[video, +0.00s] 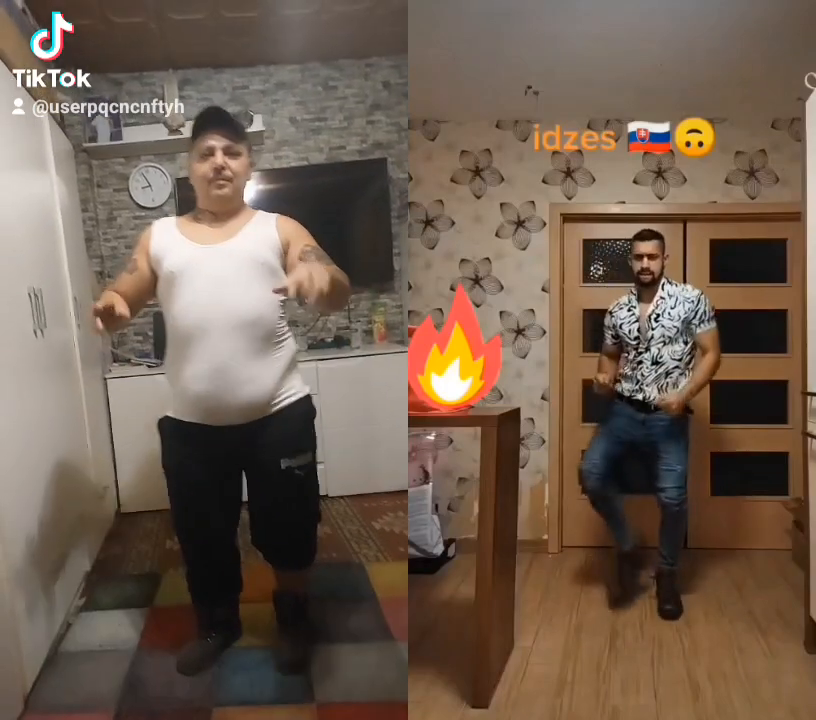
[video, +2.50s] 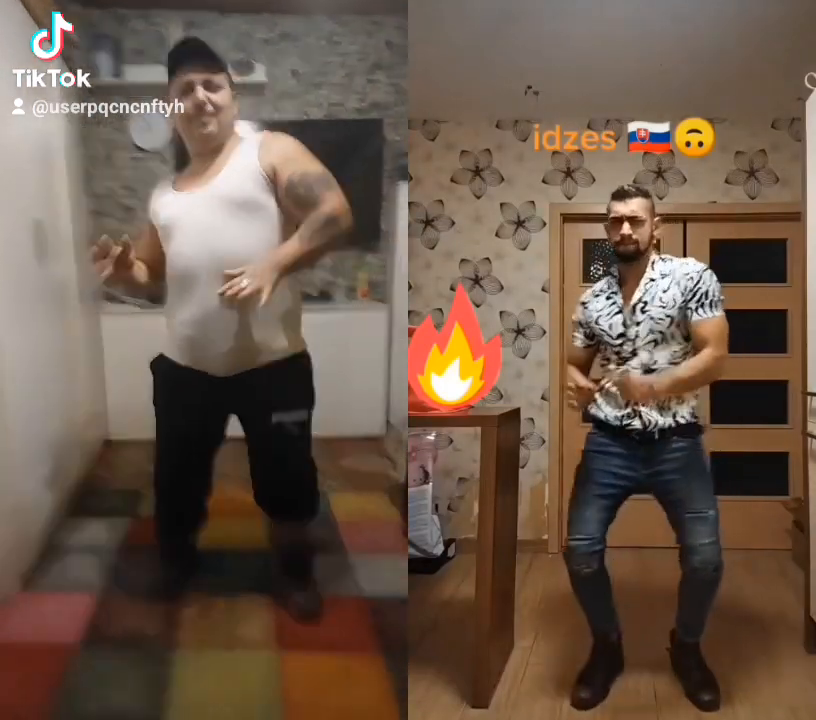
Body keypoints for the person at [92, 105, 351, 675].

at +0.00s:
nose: (220, 164)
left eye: (232, 153)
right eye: (207, 155)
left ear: (249, 166)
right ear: (190, 169)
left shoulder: (281, 231)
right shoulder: (159, 239)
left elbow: (336, 298)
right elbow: (123, 295)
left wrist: (322, 278)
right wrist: (111, 307)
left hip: (278, 414)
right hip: (192, 420)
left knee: (289, 534)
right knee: (203, 538)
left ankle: (293, 621)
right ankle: (216, 627)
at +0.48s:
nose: (198, 131)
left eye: (211, 117)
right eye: (183, 120)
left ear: (231, 129)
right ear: (166, 136)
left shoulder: (270, 197)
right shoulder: (143, 215)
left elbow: (321, 276)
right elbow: (112, 297)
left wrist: (299, 243)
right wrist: (98, 276)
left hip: (259, 393)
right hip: (172, 400)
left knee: (278, 514)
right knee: (188, 518)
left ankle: (287, 601)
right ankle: (208, 602)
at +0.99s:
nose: (205, 112)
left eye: (217, 98)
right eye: (190, 102)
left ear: (239, 109)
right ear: (173, 120)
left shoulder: (284, 178)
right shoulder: (154, 204)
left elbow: (343, 245)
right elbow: (131, 299)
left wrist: (322, 258)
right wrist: (120, 287)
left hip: (270, 391)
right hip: (179, 394)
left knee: (267, 520)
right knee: (177, 518)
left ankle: (264, 599)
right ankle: (187, 604)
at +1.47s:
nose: (240, 91)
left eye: (253, 81)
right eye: (226, 78)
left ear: (267, 98)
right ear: (200, 93)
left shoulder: (290, 177)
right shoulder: (161, 170)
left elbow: (327, 251)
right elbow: (125, 256)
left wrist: (308, 249)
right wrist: (174, 306)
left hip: (277, 372)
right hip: (190, 374)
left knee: (278, 490)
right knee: (183, 494)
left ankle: (271, 578)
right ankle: (178, 592)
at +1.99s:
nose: (227, 92)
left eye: (241, 82)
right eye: (213, 80)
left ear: (258, 100)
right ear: (190, 94)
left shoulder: (284, 175)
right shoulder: (150, 173)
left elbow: (323, 254)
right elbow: (105, 250)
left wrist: (274, 246)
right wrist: (144, 250)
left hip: (257, 368)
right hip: (171, 372)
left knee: (269, 488)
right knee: (176, 493)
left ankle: (272, 577)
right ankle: (184, 583)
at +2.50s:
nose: (202, 100)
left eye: (213, 86)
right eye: (187, 91)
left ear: (234, 95)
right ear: (170, 108)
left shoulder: (272, 151)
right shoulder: (167, 195)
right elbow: (154, 280)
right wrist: (124, 272)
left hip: (272, 362)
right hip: (187, 365)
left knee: (287, 484)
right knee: (176, 488)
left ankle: (297, 579)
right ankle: (173, 579)